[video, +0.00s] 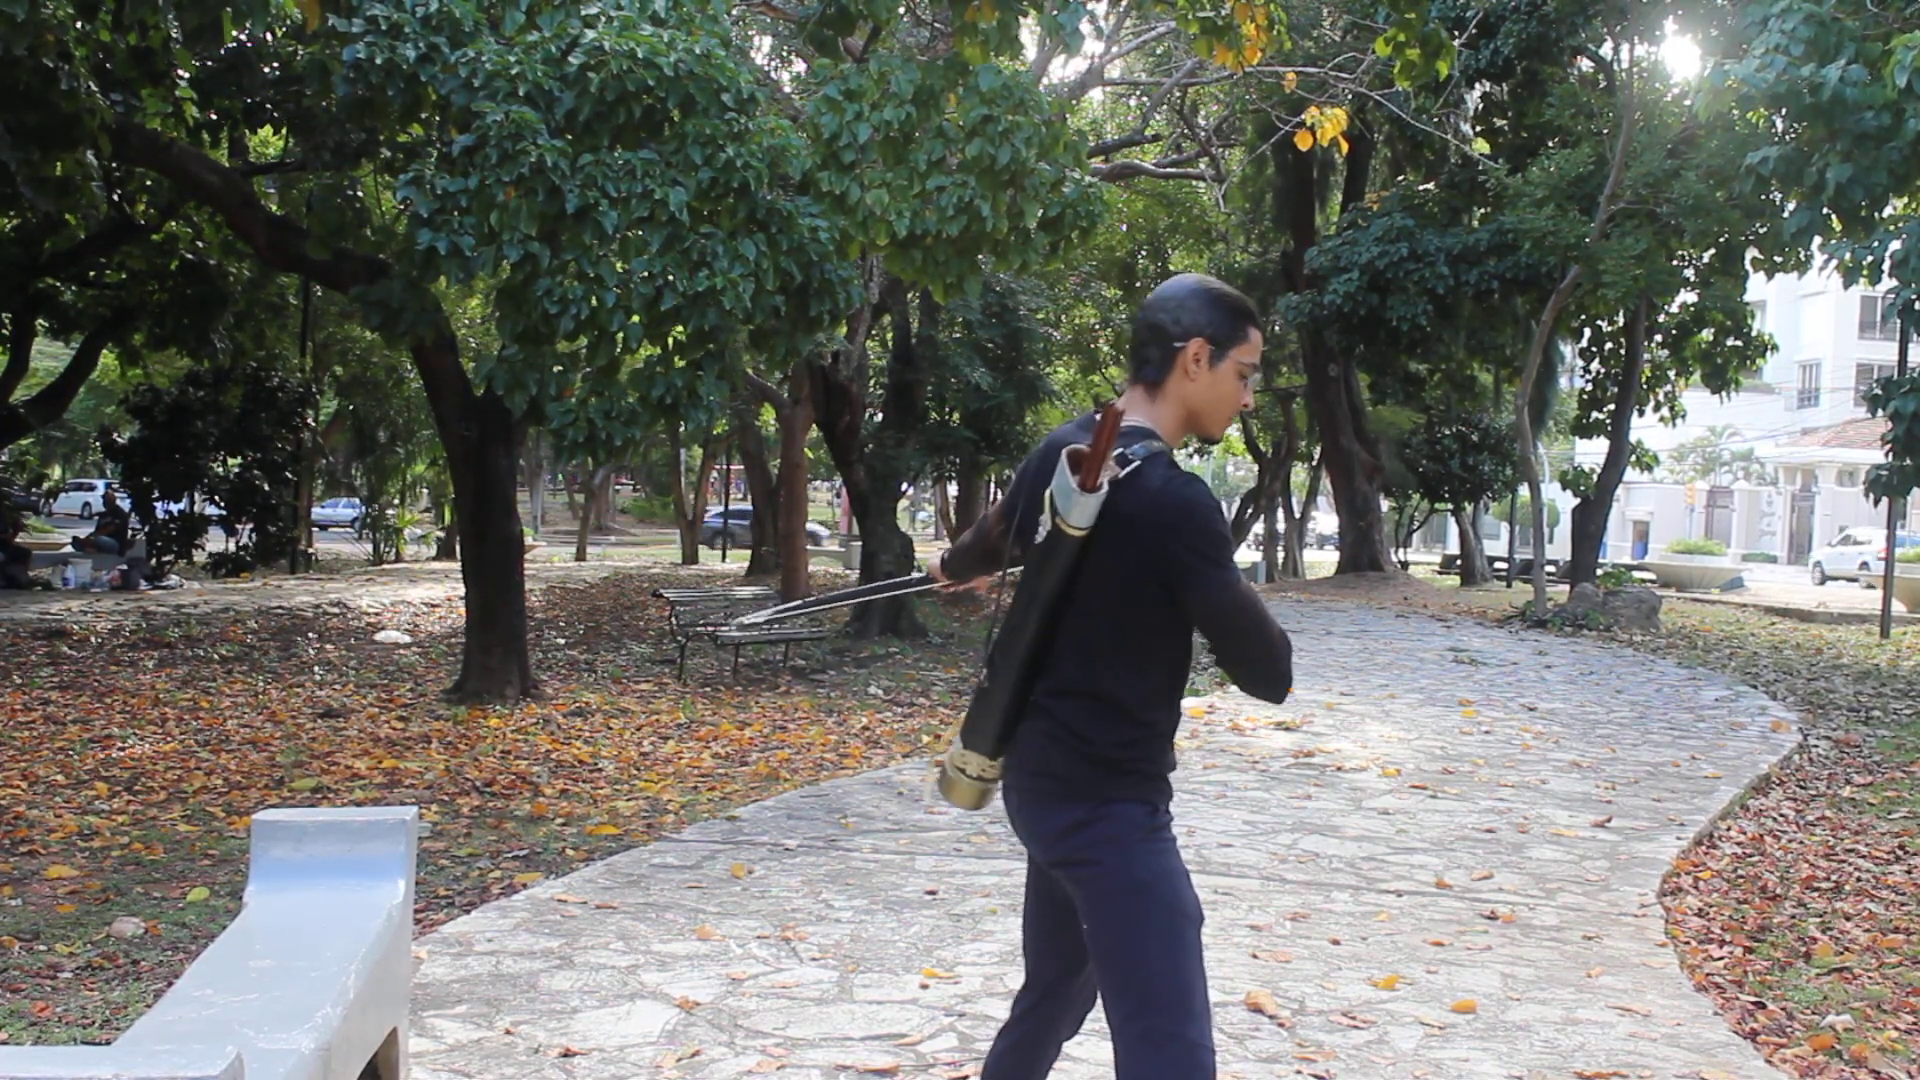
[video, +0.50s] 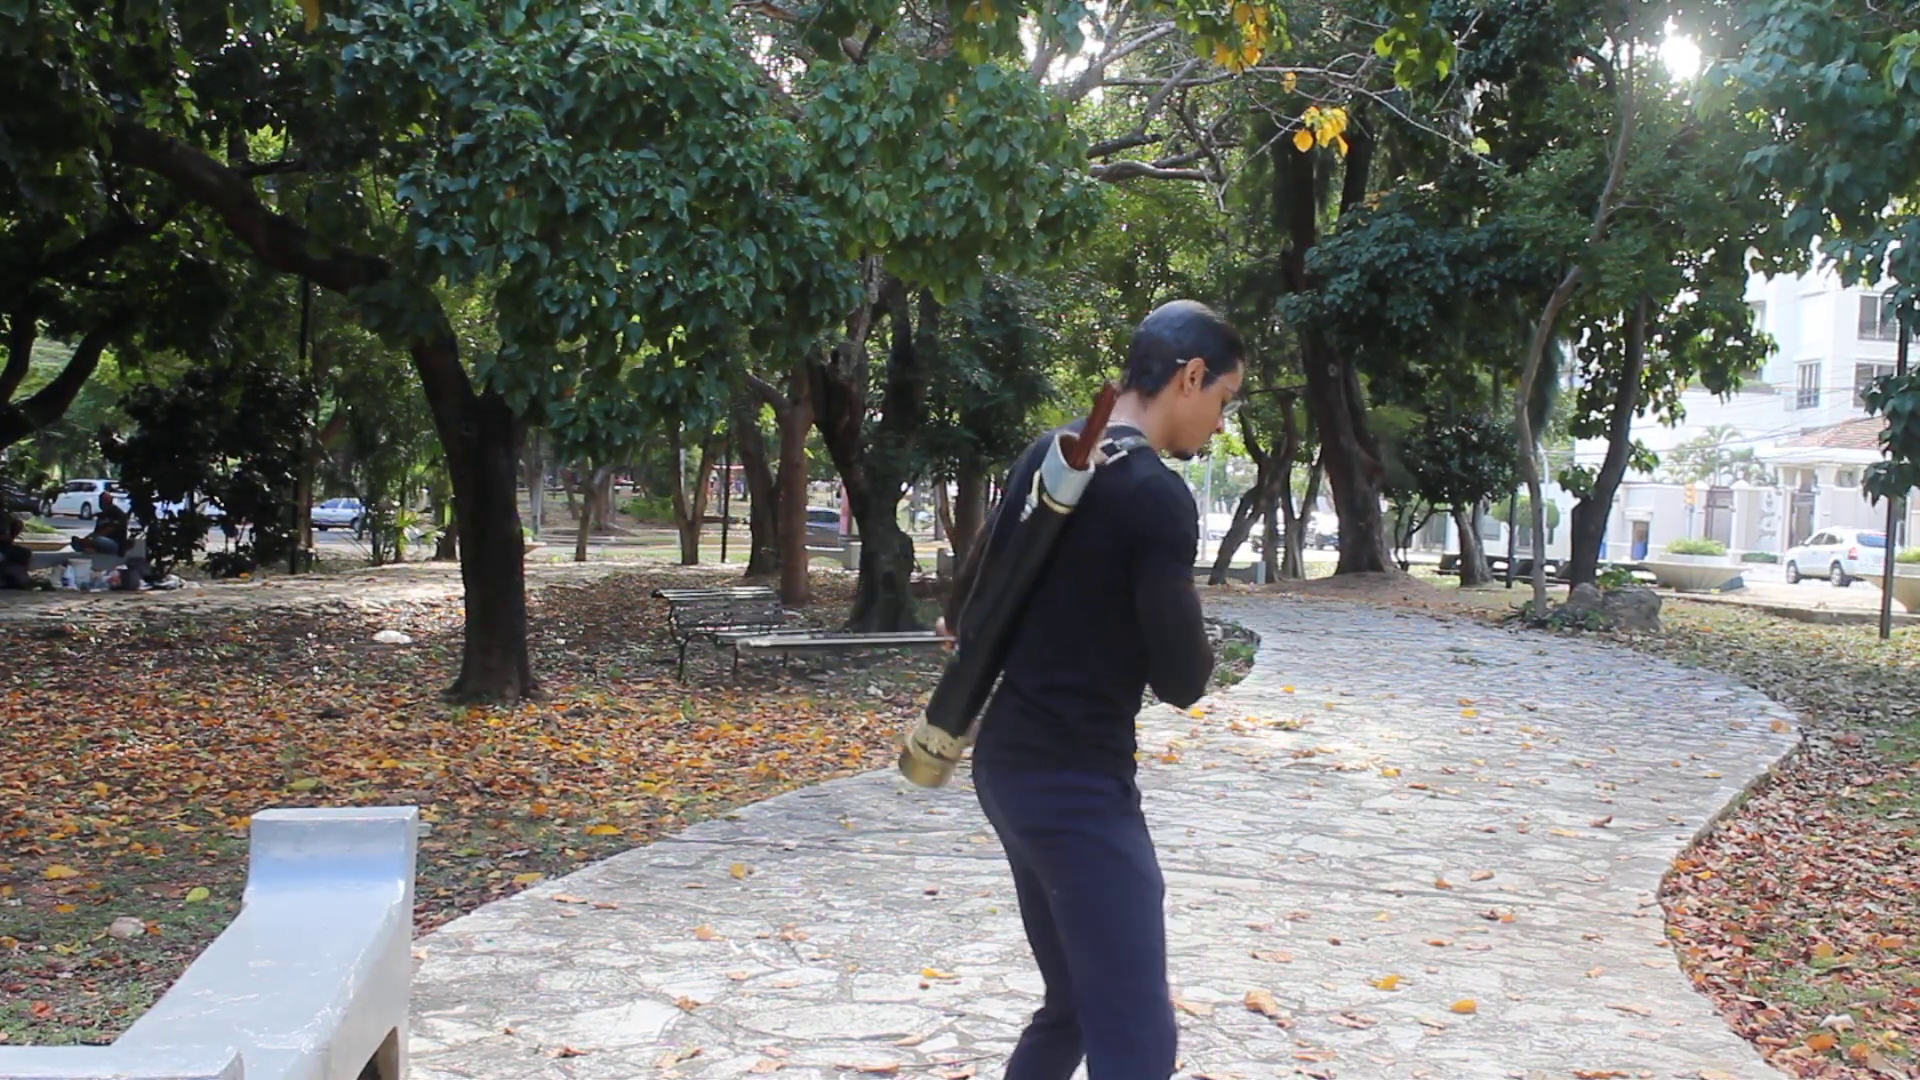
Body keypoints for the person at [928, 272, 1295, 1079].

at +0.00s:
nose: (1250, 397)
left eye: (1253, 378)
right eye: (1245, 374)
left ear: (1173, 359)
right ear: (1192, 359)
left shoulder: (1066, 445)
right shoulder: (1174, 496)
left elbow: (985, 543)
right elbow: (1270, 674)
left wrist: (955, 567)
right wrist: (1221, 583)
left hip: (1046, 781)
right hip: (1107, 801)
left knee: (1053, 1000)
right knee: (1171, 1052)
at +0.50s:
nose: (1221, 423)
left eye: (1229, 405)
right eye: (1225, 399)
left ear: (1138, 373)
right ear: (1188, 376)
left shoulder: (1044, 456)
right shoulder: (1156, 491)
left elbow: (980, 609)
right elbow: (1182, 679)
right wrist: (1193, 631)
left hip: (1013, 763)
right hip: (1078, 779)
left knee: (1070, 1012)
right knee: (1137, 1041)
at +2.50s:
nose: (1190, 393)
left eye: (1192, 375)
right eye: (1176, 372)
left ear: (1111, 377)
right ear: (1116, 372)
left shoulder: (1029, 456)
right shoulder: (1137, 494)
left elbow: (958, 554)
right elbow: (1225, 630)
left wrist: (907, 599)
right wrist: (1161, 565)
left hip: (1021, 747)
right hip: (1068, 765)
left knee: (1006, 959)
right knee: (1102, 997)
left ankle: (968, 1071)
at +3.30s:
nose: (1219, 425)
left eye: (1226, 406)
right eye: (1202, 403)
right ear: (1142, 402)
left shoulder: (1089, 475)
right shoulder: (1140, 517)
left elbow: (1013, 567)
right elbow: (1240, 679)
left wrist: (956, 624)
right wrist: (1187, 592)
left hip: (1075, 784)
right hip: (1069, 796)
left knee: (1046, 980)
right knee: (1155, 1018)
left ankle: (988, 1072)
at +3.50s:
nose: (1214, 417)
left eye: (1225, 395)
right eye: (1191, 395)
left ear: (1236, 394)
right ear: (1136, 395)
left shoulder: (1167, 505)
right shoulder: (1103, 513)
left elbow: (1162, 654)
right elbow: (1187, 689)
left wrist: (1215, 647)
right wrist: (1250, 646)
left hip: (1158, 803)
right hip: (1079, 806)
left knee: (1146, 1025)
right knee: (1155, 1047)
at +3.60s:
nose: (1192, 404)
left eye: (1207, 380)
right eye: (1168, 381)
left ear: (1224, 381)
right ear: (1124, 383)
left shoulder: (1183, 495)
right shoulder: (1077, 507)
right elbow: (1109, 684)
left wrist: (1239, 642)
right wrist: (1247, 660)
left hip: (1185, 798)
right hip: (1085, 805)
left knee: (1235, 1026)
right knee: (1146, 1056)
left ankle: (1155, 1067)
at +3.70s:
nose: (1163, 387)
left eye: (1182, 364)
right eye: (1141, 365)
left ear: (1208, 364)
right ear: (1106, 366)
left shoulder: (1221, 485)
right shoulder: (1053, 496)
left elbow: (1312, 556)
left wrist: (1412, 601)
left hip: (1210, 801)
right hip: (1090, 810)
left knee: (1282, 1044)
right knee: (1133, 1062)